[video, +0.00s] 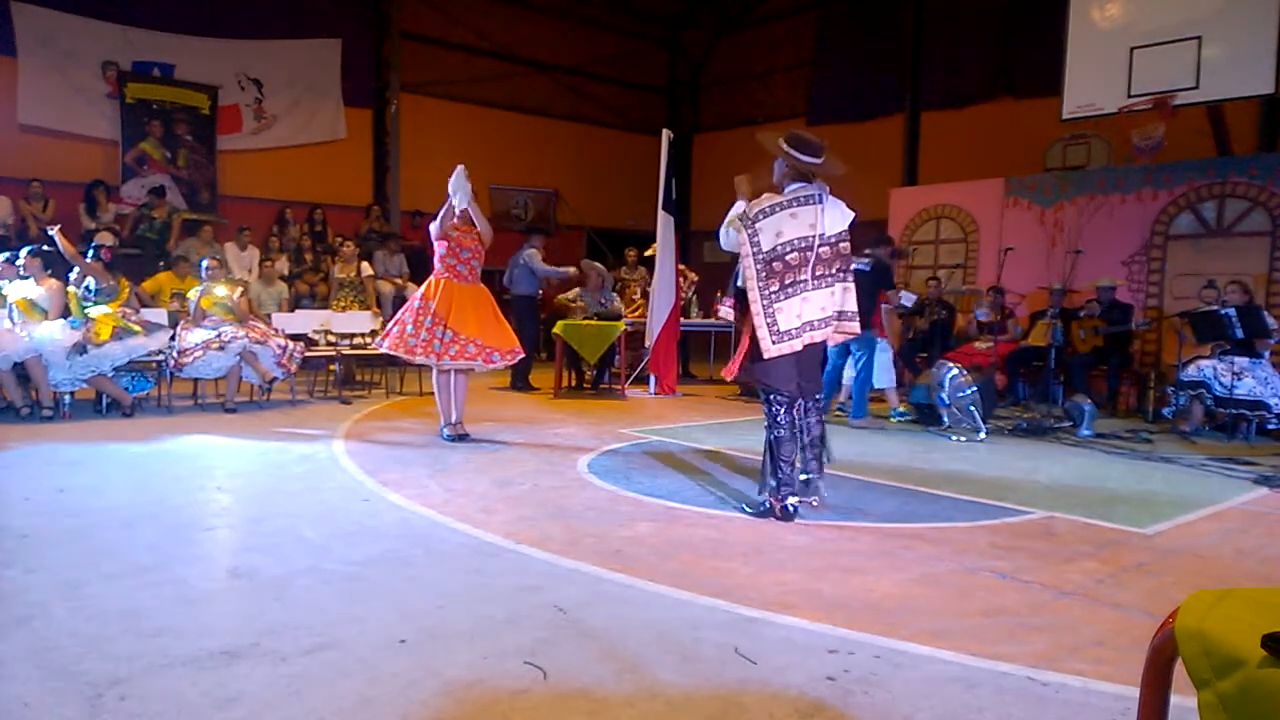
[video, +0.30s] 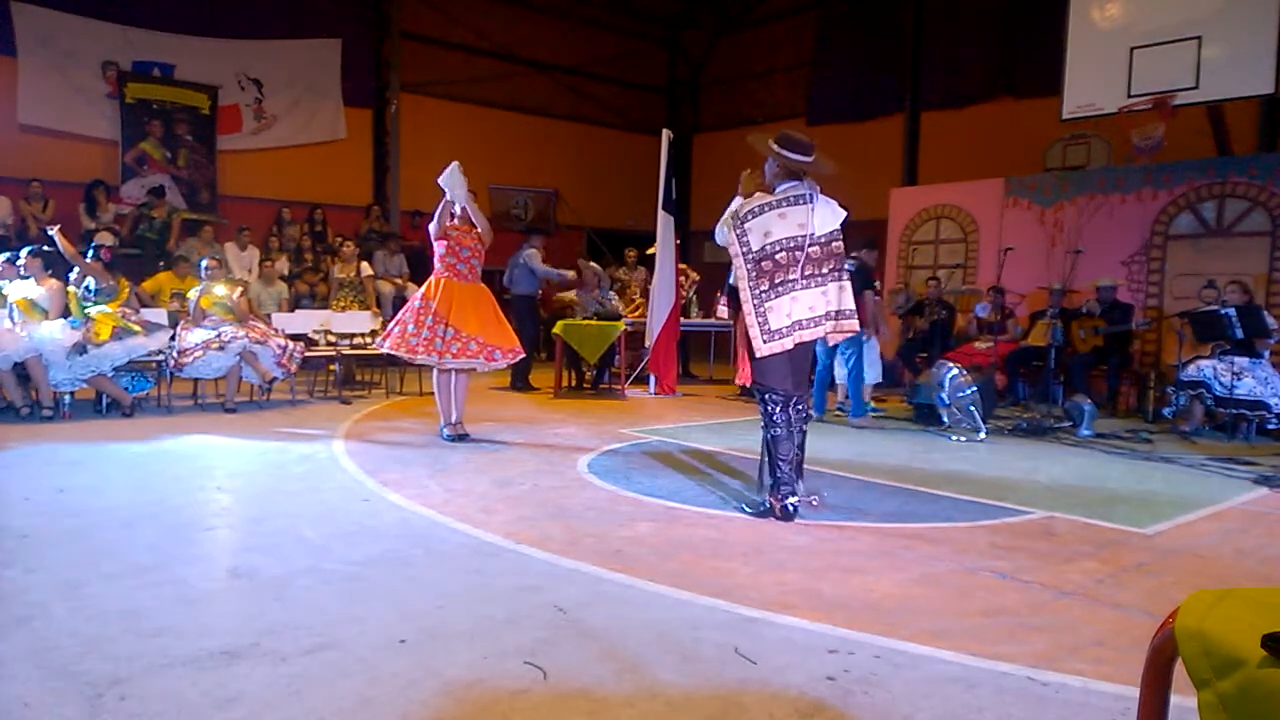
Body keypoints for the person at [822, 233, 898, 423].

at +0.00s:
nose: (889, 255)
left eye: (890, 251)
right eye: (888, 250)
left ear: (866, 245)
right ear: (883, 249)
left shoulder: (846, 260)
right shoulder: (880, 266)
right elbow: (892, 297)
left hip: (836, 324)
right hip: (862, 326)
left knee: (833, 366)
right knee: (863, 372)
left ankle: (821, 406)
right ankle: (859, 414)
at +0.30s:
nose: (875, 261)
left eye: (876, 257)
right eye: (873, 256)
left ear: (852, 253)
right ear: (864, 252)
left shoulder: (829, 266)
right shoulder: (863, 270)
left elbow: (821, 295)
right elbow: (868, 299)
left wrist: (821, 321)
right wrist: (870, 325)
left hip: (825, 322)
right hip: (851, 323)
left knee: (823, 367)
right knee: (855, 369)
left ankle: (818, 409)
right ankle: (858, 412)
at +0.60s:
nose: (874, 264)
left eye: (874, 259)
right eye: (872, 259)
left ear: (850, 254)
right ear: (862, 255)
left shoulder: (828, 267)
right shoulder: (857, 270)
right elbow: (862, 301)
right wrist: (873, 330)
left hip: (820, 324)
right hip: (844, 325)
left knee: (819, 367)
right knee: (851, 369)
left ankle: (818, 409)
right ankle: (856, 410)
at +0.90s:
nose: (899, 292)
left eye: (902, 288)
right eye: (898, 287)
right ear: (888, 280)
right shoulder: (875, 289)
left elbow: (872, 320)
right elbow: (888, 324)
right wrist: (908, 349)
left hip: (820, 324)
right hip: (843, 328)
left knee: (820, 366)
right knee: (853, 370)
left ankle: (817, 409)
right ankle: (858, 413)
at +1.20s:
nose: (910, 305)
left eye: (913, 301)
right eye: (911, 300)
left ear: (899, 287)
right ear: (902, 291)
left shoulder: (876, 287)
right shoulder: (888, 298)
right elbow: (899, 330)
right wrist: (919, 357)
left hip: (823, 319)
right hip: (843, 325)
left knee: (826, 366)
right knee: (857, 367)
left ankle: (817, 409)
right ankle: (860, 414)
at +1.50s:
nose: (913, 301)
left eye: (915, 296)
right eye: (913, 295)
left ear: (900, 285)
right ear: (903, 288)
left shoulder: (879, 286)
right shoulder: (891, 296)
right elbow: (900, 329)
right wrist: (920, 356)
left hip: (826, 318)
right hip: (846, 325)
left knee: (826, 367)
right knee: (858, 367)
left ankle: (818, 409)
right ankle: (860, 414)